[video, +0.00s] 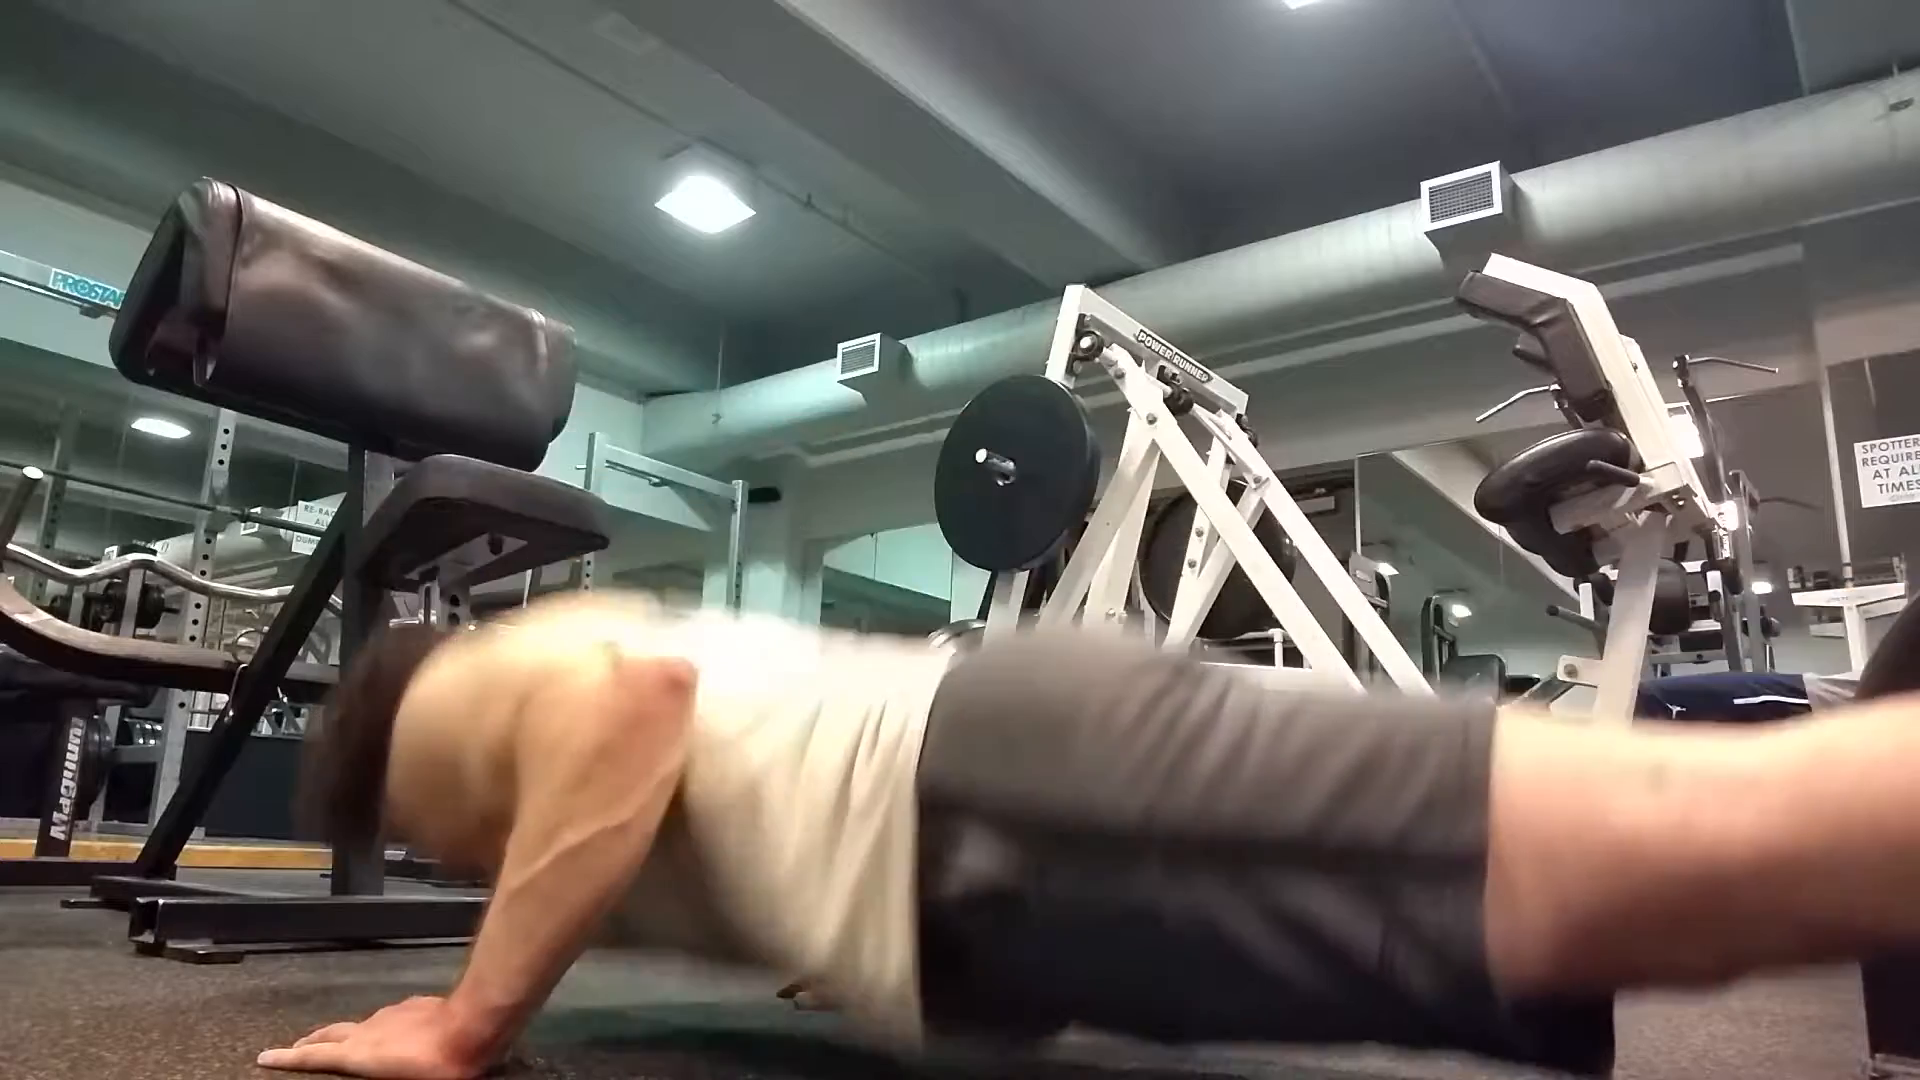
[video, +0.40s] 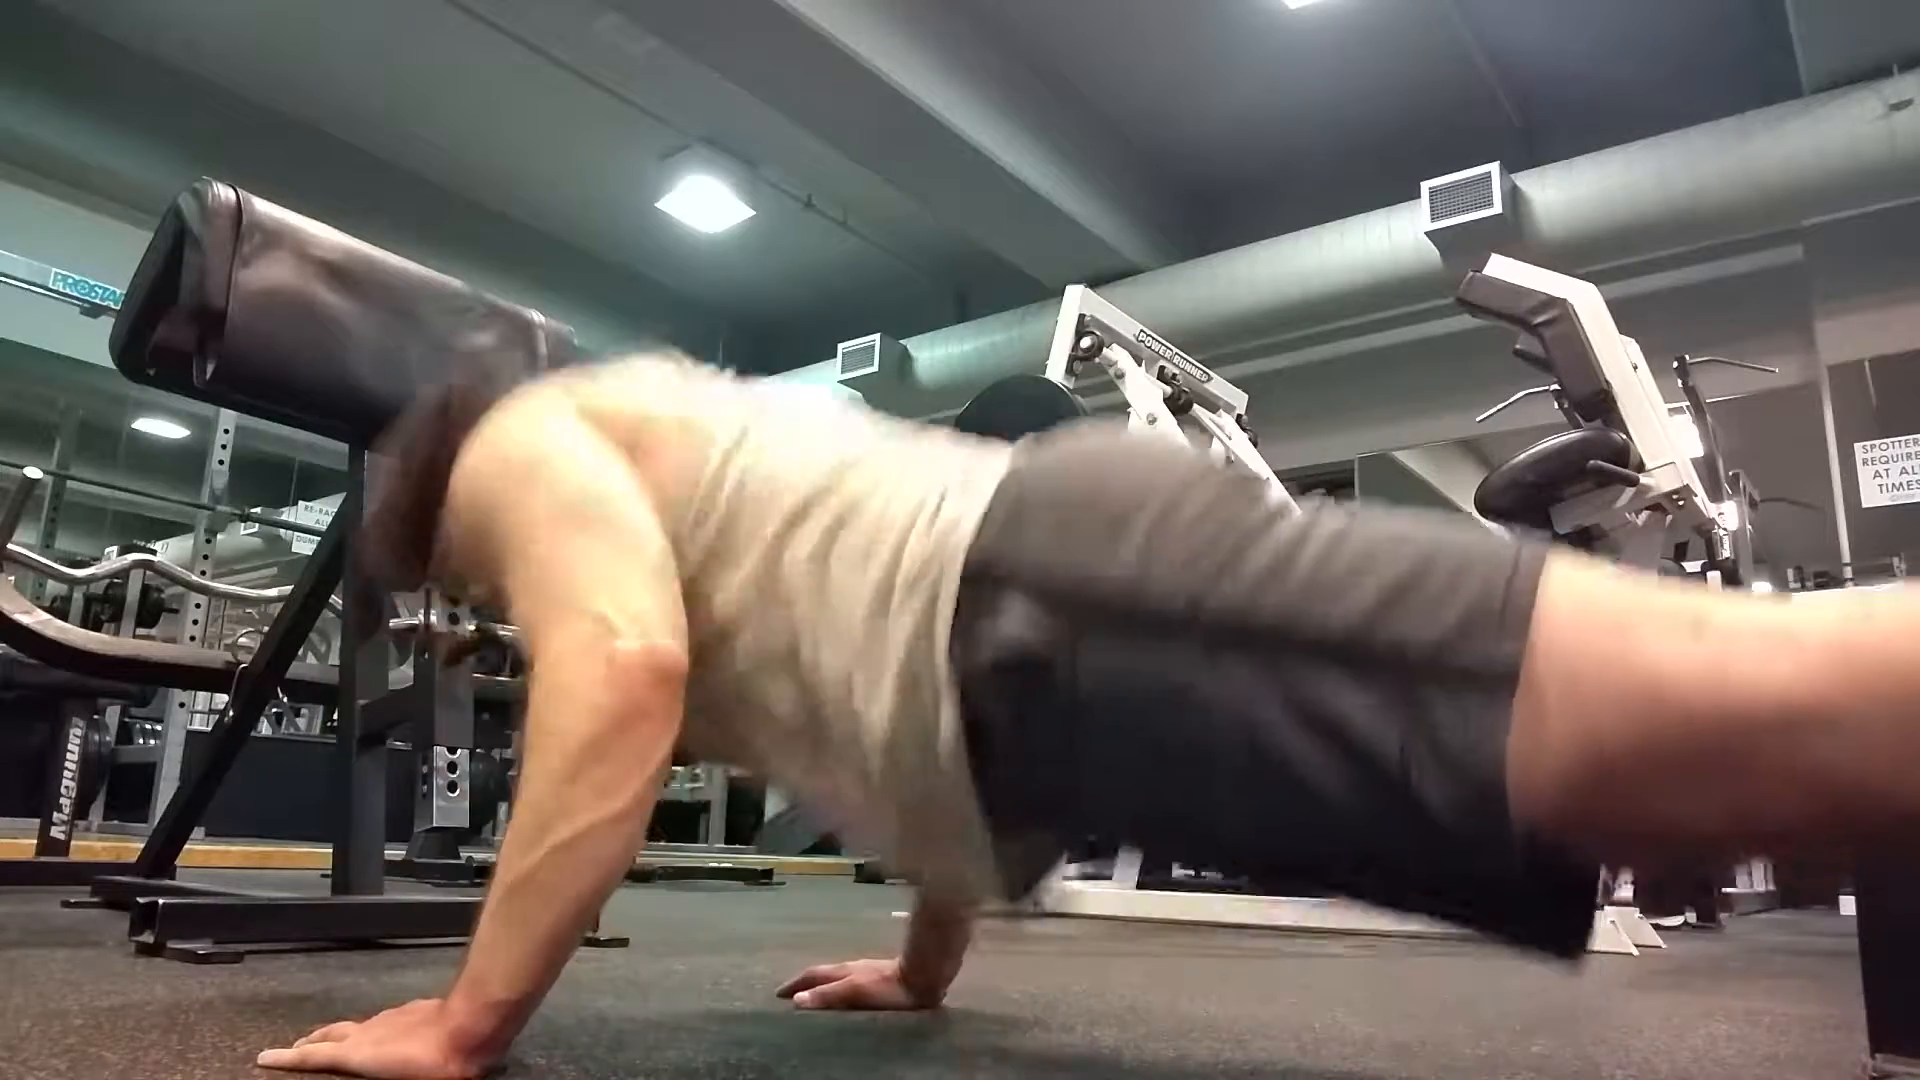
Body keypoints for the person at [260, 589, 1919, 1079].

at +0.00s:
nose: (417, 829)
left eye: (396, 805)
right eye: (408, 815)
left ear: (397, 707)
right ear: (488, 624)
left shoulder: (457, 689)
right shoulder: (602, 674)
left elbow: (634, 699)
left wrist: (460, 1017)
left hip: (998, 806)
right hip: (1007, 817)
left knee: (1689, 860)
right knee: (1685, 849)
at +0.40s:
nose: (426, 598)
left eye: (408, 559)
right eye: (412, 585)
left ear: (417, 458)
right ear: (534, 399)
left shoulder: (527, 435)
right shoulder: (707, 451)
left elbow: (615, 664)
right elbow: (909, 689)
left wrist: (470, 1011)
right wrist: (929, 957)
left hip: (1047, 600)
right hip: (1062, 670)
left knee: (1783, 719)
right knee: (1759, 768)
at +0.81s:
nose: (412, 819)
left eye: (393, 795)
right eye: (404, 807)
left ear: (395, 700)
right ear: (495, 618)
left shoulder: (451, 685)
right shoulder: (608, 666)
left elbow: (633, 699)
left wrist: (462, 1014)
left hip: (995, 806)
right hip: (1005, 846)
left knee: (1723, 859)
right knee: (1712, 857)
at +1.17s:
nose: (407, 567)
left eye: (402, 535)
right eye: (401, 549)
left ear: (420, 463)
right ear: (535, 390)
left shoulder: (511, 481)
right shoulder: (697, 464)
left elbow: (628, 682)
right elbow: (914, 680)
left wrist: (474, 1014)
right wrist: (933, 952)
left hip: (1019, 631)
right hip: (1054, 630)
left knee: (1746, 757)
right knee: (1737, 755)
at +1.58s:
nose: (407, 616)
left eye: (400, 586)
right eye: (403, 596)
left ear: (422, 536)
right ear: (535, 468)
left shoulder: (491, 545)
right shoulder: (670, 524)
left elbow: (628, 685)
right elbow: (888, 698)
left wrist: (498, 1019)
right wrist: (932, 958)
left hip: (1015, 738)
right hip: (1025, 733)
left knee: (1708, 820)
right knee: (1684, 836)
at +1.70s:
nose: (371, 722)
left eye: (367, 692)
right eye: (377, 702)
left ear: (402, 638)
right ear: (516, 603)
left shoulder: (442, 697)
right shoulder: (648, 681)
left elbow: (622, 693)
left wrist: (490, 1018)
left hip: (983, 839)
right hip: (981, 926)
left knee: (1685, 891)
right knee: (1641, 932)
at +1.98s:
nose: (411, 658)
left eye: (400, 625)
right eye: (408, 637)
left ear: (413, 565)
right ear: (527, 489)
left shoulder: (475, 566)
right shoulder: (664, 532)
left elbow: (622, 685)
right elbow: (861, 668)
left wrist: (495, 1021)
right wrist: (872, 933)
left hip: (1002, 707)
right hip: (1039, 675)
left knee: (1724, 805)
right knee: (1700, 816)